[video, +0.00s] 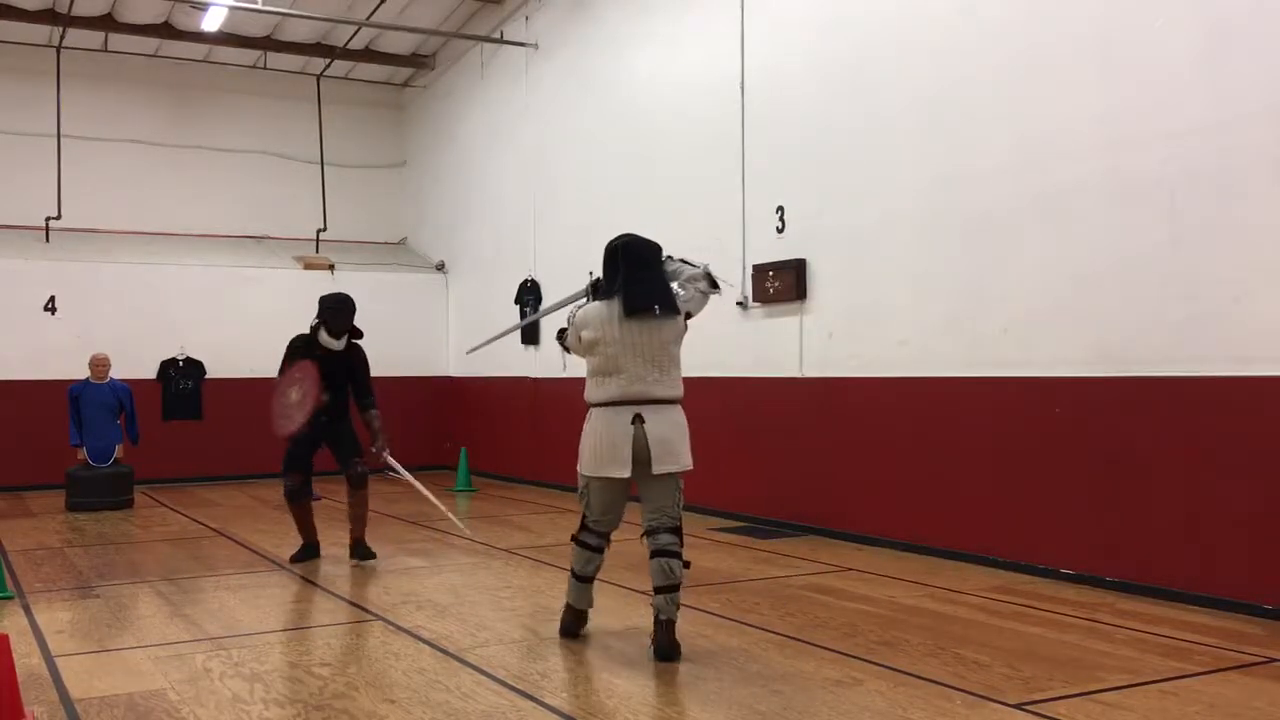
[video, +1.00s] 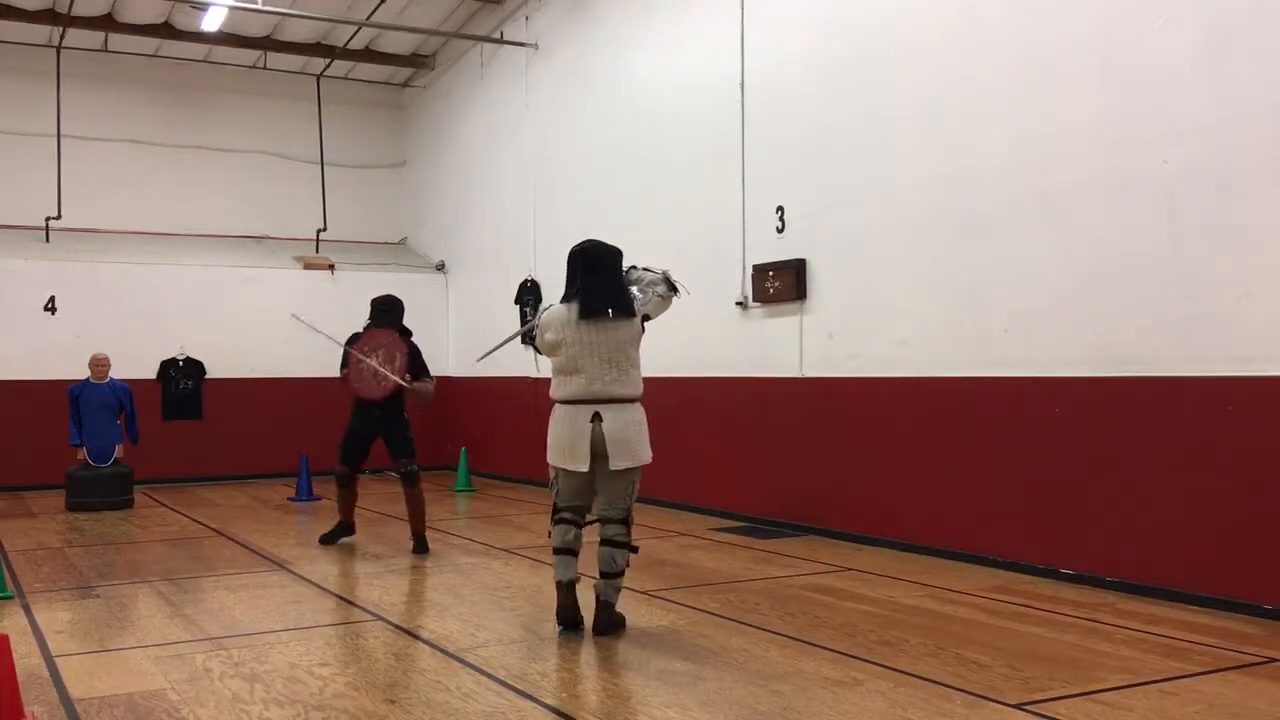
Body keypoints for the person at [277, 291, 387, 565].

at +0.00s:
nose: (339, 334)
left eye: (345, 328)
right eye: (334, 327)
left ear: (351, 325)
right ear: (322, 321)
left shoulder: (354, 353)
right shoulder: (300, 346)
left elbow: (366, 399)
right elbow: (284, 388)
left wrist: (378, 436)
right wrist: (307, 402)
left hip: (339, 424)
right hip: (304, 424)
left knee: (358, 474)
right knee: (294, 484)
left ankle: (358, 542)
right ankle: (310, 543)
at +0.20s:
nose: (351, 320)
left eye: (356, 315)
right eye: (346, 314)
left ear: (362, 317)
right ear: (334, 314)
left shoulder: (366, 350)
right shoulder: (311, 344)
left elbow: (379, 393)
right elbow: (286, 381)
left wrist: (395, 429)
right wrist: (278, 416)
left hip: (352, 421)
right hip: (317, 421)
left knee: (379, 471)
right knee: (303, 482)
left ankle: (385, 531)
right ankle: (309, 544)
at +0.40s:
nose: (369, 320)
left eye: (374, 315)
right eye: (364, 314)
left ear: (381, 318)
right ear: (352, 316)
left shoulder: (388, 351)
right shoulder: (332, 345)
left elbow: (405, 393)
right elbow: (306, 383)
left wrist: (423, 425)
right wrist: (296, 423)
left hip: (375, 422)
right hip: (339, 422)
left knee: (399, 478)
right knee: (320, 479)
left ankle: (417, 536)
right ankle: (311, 544)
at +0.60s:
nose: (385, 330)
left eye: (391, 326)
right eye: (380, 326)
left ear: (398, 324)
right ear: (370, 321)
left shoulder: (406, 350)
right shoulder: (354, 346)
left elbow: (424, 390)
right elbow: (340, 382)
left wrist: (439, 423)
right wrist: (354, 402)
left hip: (394, 420)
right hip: (360, 420)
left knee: (411, 477)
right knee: (337, 473)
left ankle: (418, 536)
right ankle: (318, 536)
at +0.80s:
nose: (389, 321)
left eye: (394, 316)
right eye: (386, 315)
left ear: (405, 318)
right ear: (378, 315)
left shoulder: (412, 347)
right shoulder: (361, 342)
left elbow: (431, 380)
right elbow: (353, 376)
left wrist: (435, 399)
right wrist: (372, 383)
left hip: (399, 415)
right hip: (366, 414)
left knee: (413, 473)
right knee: (342, 471)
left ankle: (418, 536)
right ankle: (344, 528)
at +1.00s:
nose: (381, 323)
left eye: (387, 318)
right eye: (378, 316)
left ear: (397, 319)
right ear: (371, 317)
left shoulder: (407, 347)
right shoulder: (356, 341)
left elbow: (428, 388)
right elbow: (344, 377)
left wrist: (410, 384)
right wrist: (363, 369)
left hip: (394, 415)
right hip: (363, 414)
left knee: (409, 473)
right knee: (344, 471)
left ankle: (419, 536)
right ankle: (346, 524)